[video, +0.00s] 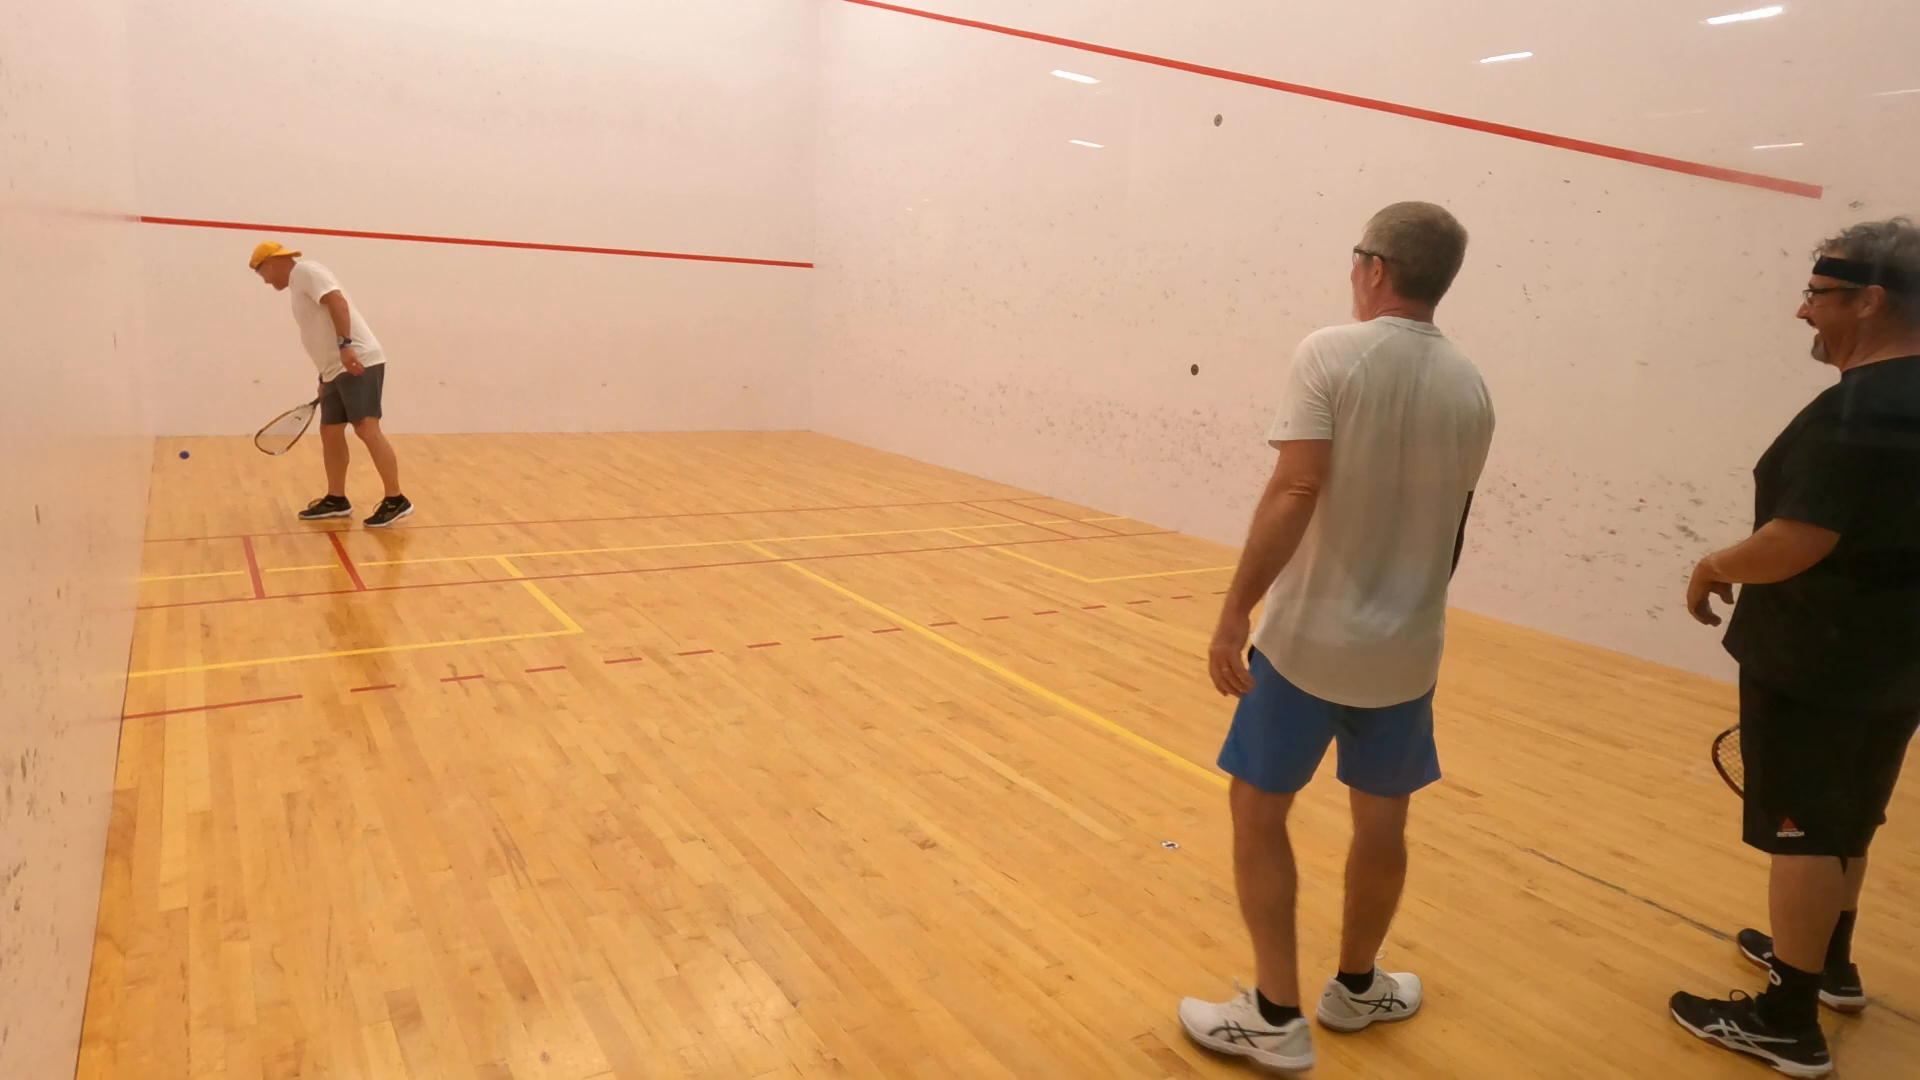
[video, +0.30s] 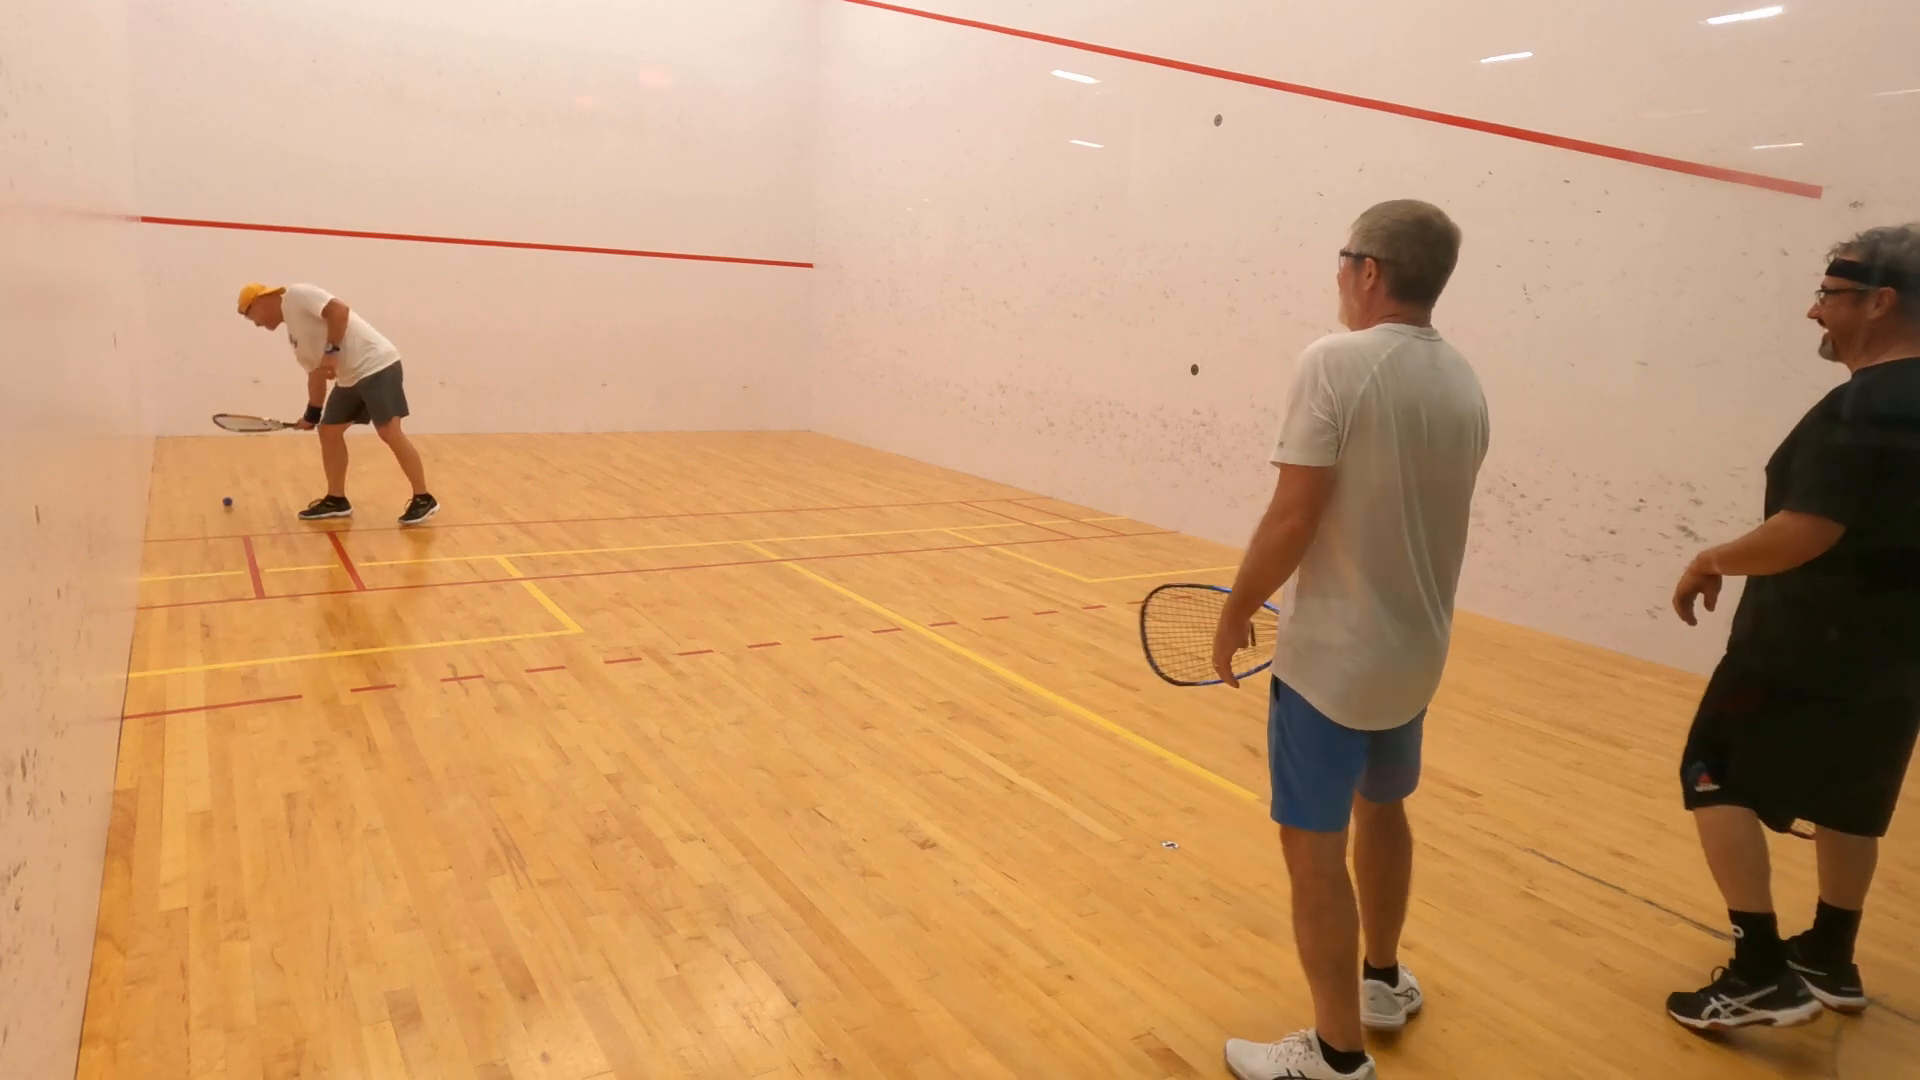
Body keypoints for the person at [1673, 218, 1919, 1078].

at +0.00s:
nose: (1804, 310)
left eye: (1819, 294)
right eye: (1808, 293)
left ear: (1874, 301)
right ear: (1882, 304)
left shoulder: (1862, 412)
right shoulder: (1906, 395)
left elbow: (1796, 541)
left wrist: (1711, 567)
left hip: (1824, 662)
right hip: (1888, 659)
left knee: (1803, 825)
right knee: (1843, 813)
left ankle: (1786, 1014)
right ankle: (1828, 958)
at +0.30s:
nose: (1816, 306)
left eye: (1832, 291)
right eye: (1821, 291)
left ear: (1883, 302)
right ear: (1887, 305)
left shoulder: (1862, 408)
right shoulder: (1912, 398)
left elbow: (1806, 531)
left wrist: (1709, 560)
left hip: (1806, 647)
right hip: (1893, 655)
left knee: (1713, 772)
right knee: (1854, 795)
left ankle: (1759, 970)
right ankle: (1830, 959)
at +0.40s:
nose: (1815, 305)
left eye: (1830, 291)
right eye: (1821, 290)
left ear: (1881, 303)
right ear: (1884, 305)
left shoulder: (1868, 402)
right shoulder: (1912, 395)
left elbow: (1814, 528)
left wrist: (1714, 558)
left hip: (1802, 636)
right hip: (1888, 650)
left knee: (1687, 753)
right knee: (1853, 794)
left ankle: (1728, 939)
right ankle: (1829, 953)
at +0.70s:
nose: (1770, 306)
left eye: (1784, 292)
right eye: (1775, 290)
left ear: (1833, 302)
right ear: (1848, 306)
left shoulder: (1813, 403)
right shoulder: (1910, 402)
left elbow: (1765, 521)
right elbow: (1910, 543)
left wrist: (1670, 550)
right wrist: (1889, 613)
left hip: (1761, 641)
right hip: (1857, 650)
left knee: (1678, 754)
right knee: (1845, 786)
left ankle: (1585, 882)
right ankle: (1829, 952)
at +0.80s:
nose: (1741, 305)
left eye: (1755, 293)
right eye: (1747, 291)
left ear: (1797, 305)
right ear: (1814, 310)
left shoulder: (1776, 405)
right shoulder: (1890, 414)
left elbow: (1736, 523)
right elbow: (1877, 543)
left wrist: (1641, 551)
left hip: (1733, 640)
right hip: (1832, 653)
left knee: (1658, 749)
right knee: (1830, 788)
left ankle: (1585, 881)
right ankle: (1827, 952)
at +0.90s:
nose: (1704, 310)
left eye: (1717, 296)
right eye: (1710, 295)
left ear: (1760, 307)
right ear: (1782, 312)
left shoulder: (1740, 405)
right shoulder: (1855, 413)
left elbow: (1699, 523)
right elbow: (1850, 542)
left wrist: (1612, 554)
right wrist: (1805, 614)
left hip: (1703, 636)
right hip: (1802, 647)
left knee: (1628, 744)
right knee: (1804, 787)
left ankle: (1577, 881)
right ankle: (1823, 950)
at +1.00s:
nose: (1665, 310)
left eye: (1676, 298)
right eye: (1670, 296)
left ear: (1715, 308)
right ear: (1736, 312)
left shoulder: (1699, 405)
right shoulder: (1815, 403)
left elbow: (1661, 523)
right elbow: (1827, 520)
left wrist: (1589, 554)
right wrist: (1782, 587)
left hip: (1674, 629)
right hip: (1772, 634)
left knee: (1607, 741)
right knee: (1771, 774)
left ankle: (1575, 879)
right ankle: (1815, 935)